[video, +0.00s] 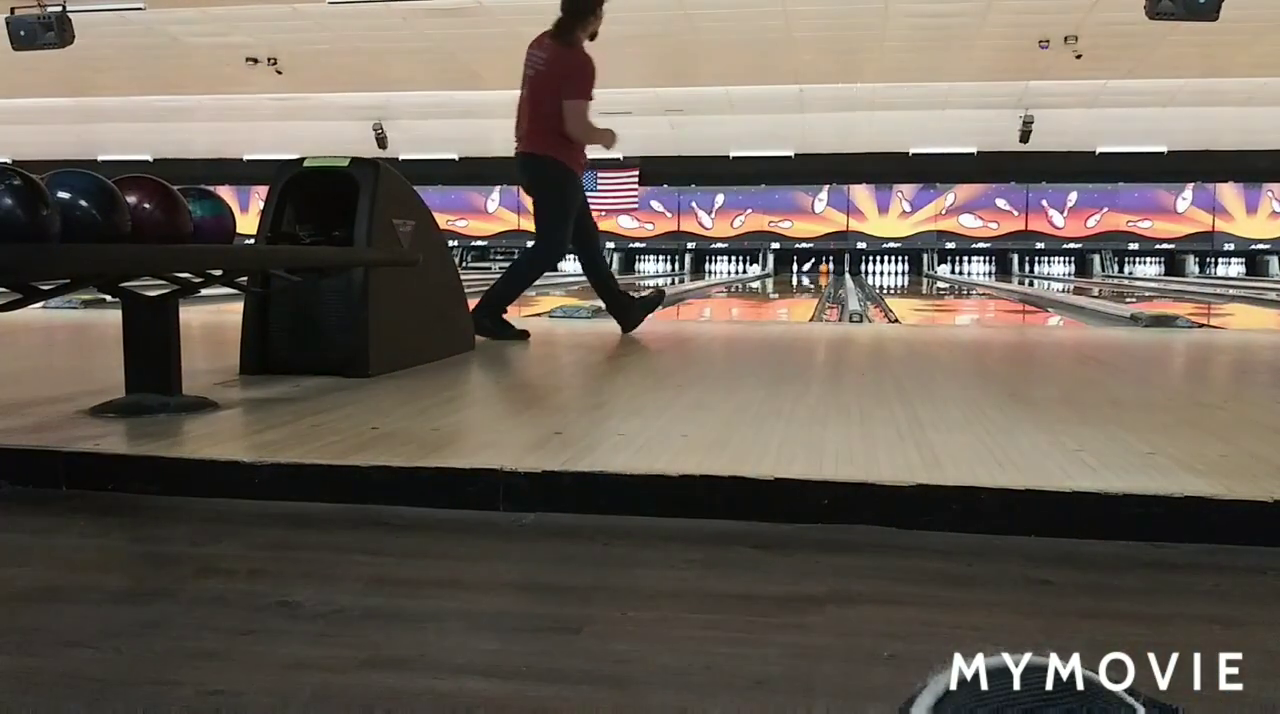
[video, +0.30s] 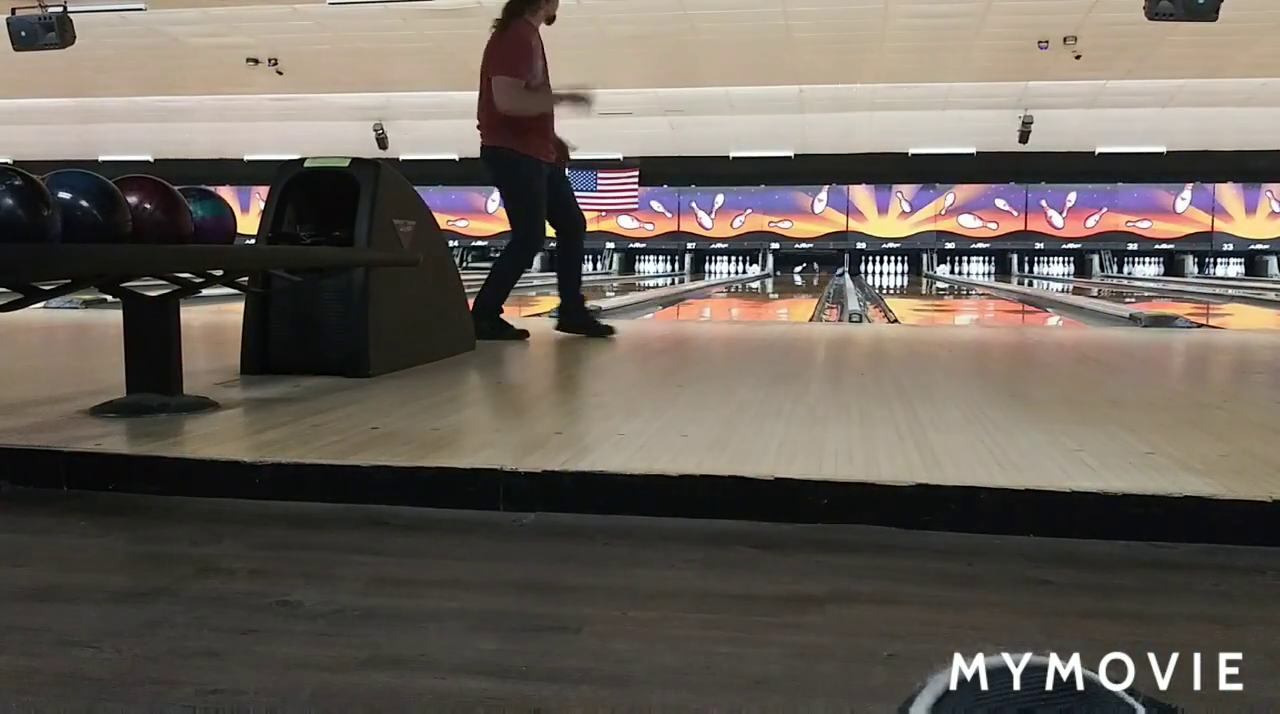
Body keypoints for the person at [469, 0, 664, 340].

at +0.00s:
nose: (601, 22)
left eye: (600, 15)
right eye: (600, 15)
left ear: (567, 11)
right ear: (590, 17)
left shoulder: (540, 45)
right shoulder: (577, 61)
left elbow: (530, 110)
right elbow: (575, 125)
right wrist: (604, 136)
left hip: (532, 160)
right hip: (555, 165)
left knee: (585, 239)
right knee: (551, 248)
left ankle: (624, 310)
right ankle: (486, 312)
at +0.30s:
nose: (558, 4)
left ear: (534, 3)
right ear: (542, 1)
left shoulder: (530, 37)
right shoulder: (514, 36)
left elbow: (524, 102)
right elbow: (506, 100)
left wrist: (551, 139)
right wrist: (562, 98)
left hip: (536, 153)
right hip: (512, 153)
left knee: (572, 226)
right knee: (529, 236)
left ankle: (572, 312)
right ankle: (484, 315)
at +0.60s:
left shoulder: (540, 21)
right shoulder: (473, 13)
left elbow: (549, 79)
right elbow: (442, 68)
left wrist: (570, 97)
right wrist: (493, 95)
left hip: (529, 140)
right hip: (485, 141)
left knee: (549, 225)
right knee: (495, 228)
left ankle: (529, 291)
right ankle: (483, 315)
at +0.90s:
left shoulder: (543, 7)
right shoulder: (456, 6)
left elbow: (561, 67)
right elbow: (433, 65)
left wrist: (542, 99)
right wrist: (465, 98)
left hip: (532, 136)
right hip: (480, 139)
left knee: (538, 230)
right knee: (485, 231)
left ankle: (535, 317)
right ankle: (489, 317)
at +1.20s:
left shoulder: (557, 5)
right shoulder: (463, 3)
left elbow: (577, 72)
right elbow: (443, 56)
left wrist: (530, 98)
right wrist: (465, 77)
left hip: (532, 130)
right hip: (479, 132)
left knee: (529, 230)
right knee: (484, 233)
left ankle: (528, 327)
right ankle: (498, 304)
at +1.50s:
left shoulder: (567, 1)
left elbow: (579, 44)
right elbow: (456, 30)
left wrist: (517, 62)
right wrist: (457, 56)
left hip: (537, 118)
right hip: (478, 116)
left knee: (535, 228)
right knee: (477, 222)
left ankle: (528, 329)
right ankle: (497, 315)